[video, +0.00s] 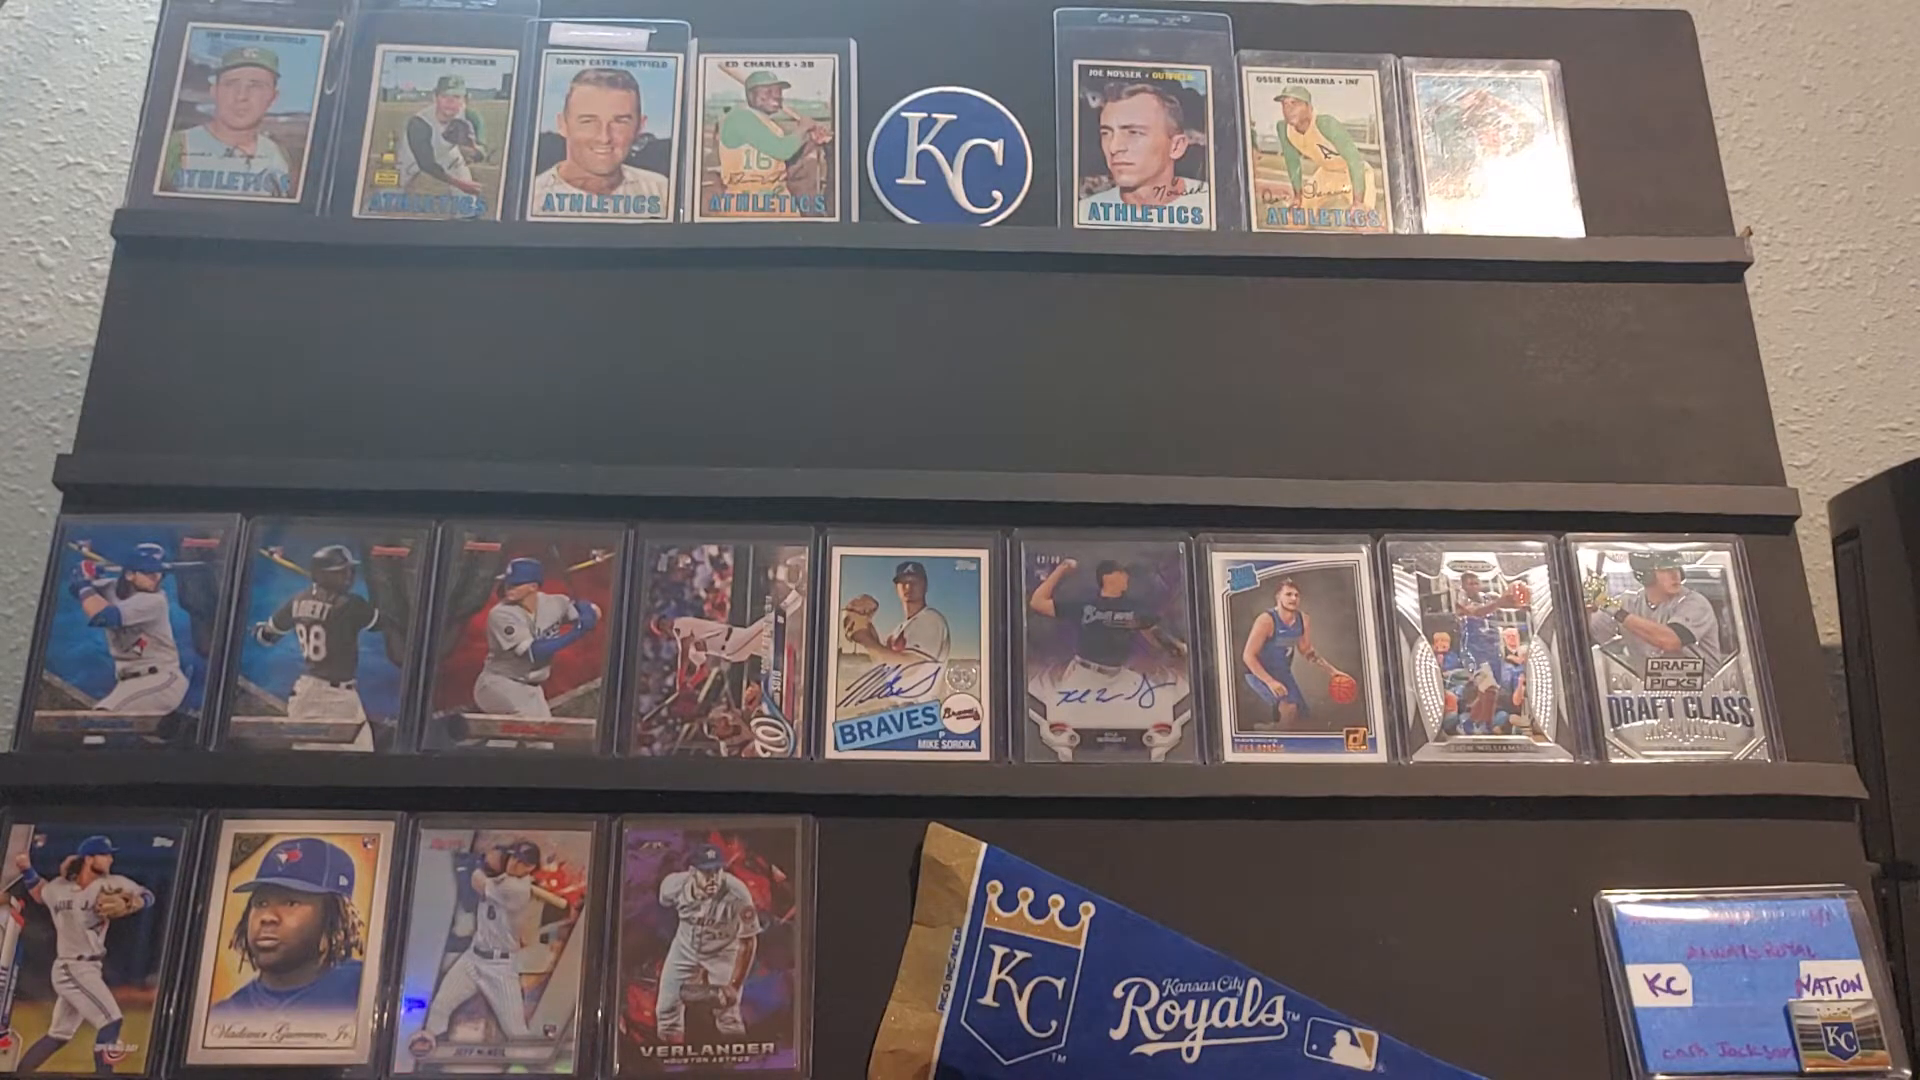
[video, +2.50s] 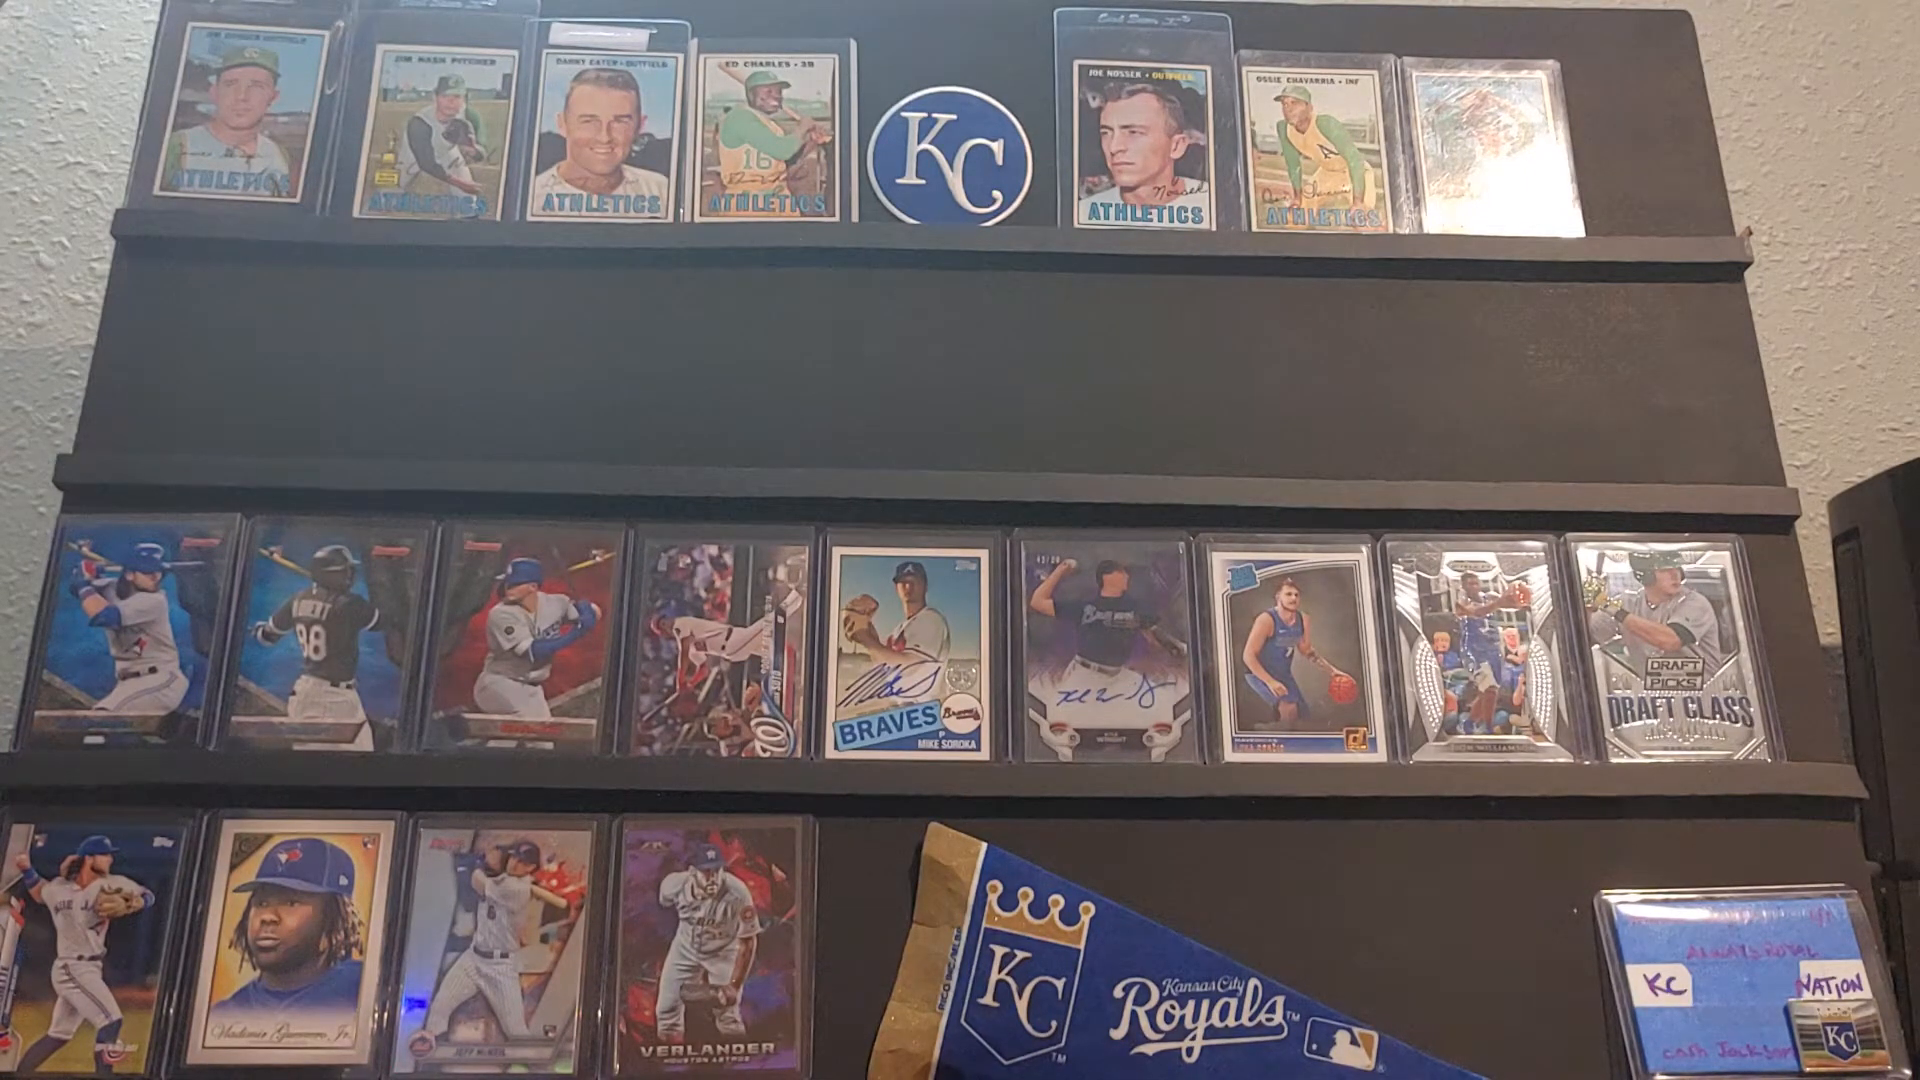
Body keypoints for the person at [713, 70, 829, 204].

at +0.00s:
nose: (776, 97)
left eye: (778, 91)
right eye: (768, 92)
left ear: (782, 93)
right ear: (752, 96)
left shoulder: (773, 126)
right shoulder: (739, 117)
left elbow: (784, 168)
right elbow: (783, 151)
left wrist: (811, 143)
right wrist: (803, 128)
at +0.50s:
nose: (776, 96)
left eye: (778, 91)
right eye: (768, 92)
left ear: (782, 94)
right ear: (752, 96)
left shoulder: (774, 127)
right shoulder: (739, 118)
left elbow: (786, 162)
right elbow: (783, 151)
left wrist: (811, 142)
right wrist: (803, 128)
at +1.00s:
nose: (776, 97)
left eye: (778, 92)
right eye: (769, 92)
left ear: (782, 93)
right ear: (752, 94)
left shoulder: (773, 126)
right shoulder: (739, 118)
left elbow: (785, 168)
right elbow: (783, 151)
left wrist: (811, 143)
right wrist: (803, 128)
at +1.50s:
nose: (776, 97)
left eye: (778, 92)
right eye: (769, 92)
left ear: (782, 93)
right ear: (752, 94)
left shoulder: (773, 126)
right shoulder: (739, 118)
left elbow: (785, 167)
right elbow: (782, 151)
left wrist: (811, 143)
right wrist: (803, 128)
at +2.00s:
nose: (776, 97)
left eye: (778, 92)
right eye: (769, 92)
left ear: (782, 93)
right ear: (752, 94)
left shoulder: (773, 126)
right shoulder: (739, 118)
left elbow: (785, 168)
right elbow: (782, 151)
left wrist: (811, 143)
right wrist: (803, 128)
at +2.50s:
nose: (776, 97)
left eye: (779, 92)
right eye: (768, 92)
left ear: (782, 94)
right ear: (751, 95)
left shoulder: (775, 128)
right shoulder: (738, 118)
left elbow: (784, 169)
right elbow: (782, 151)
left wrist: (811, 143)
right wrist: (802, 129)